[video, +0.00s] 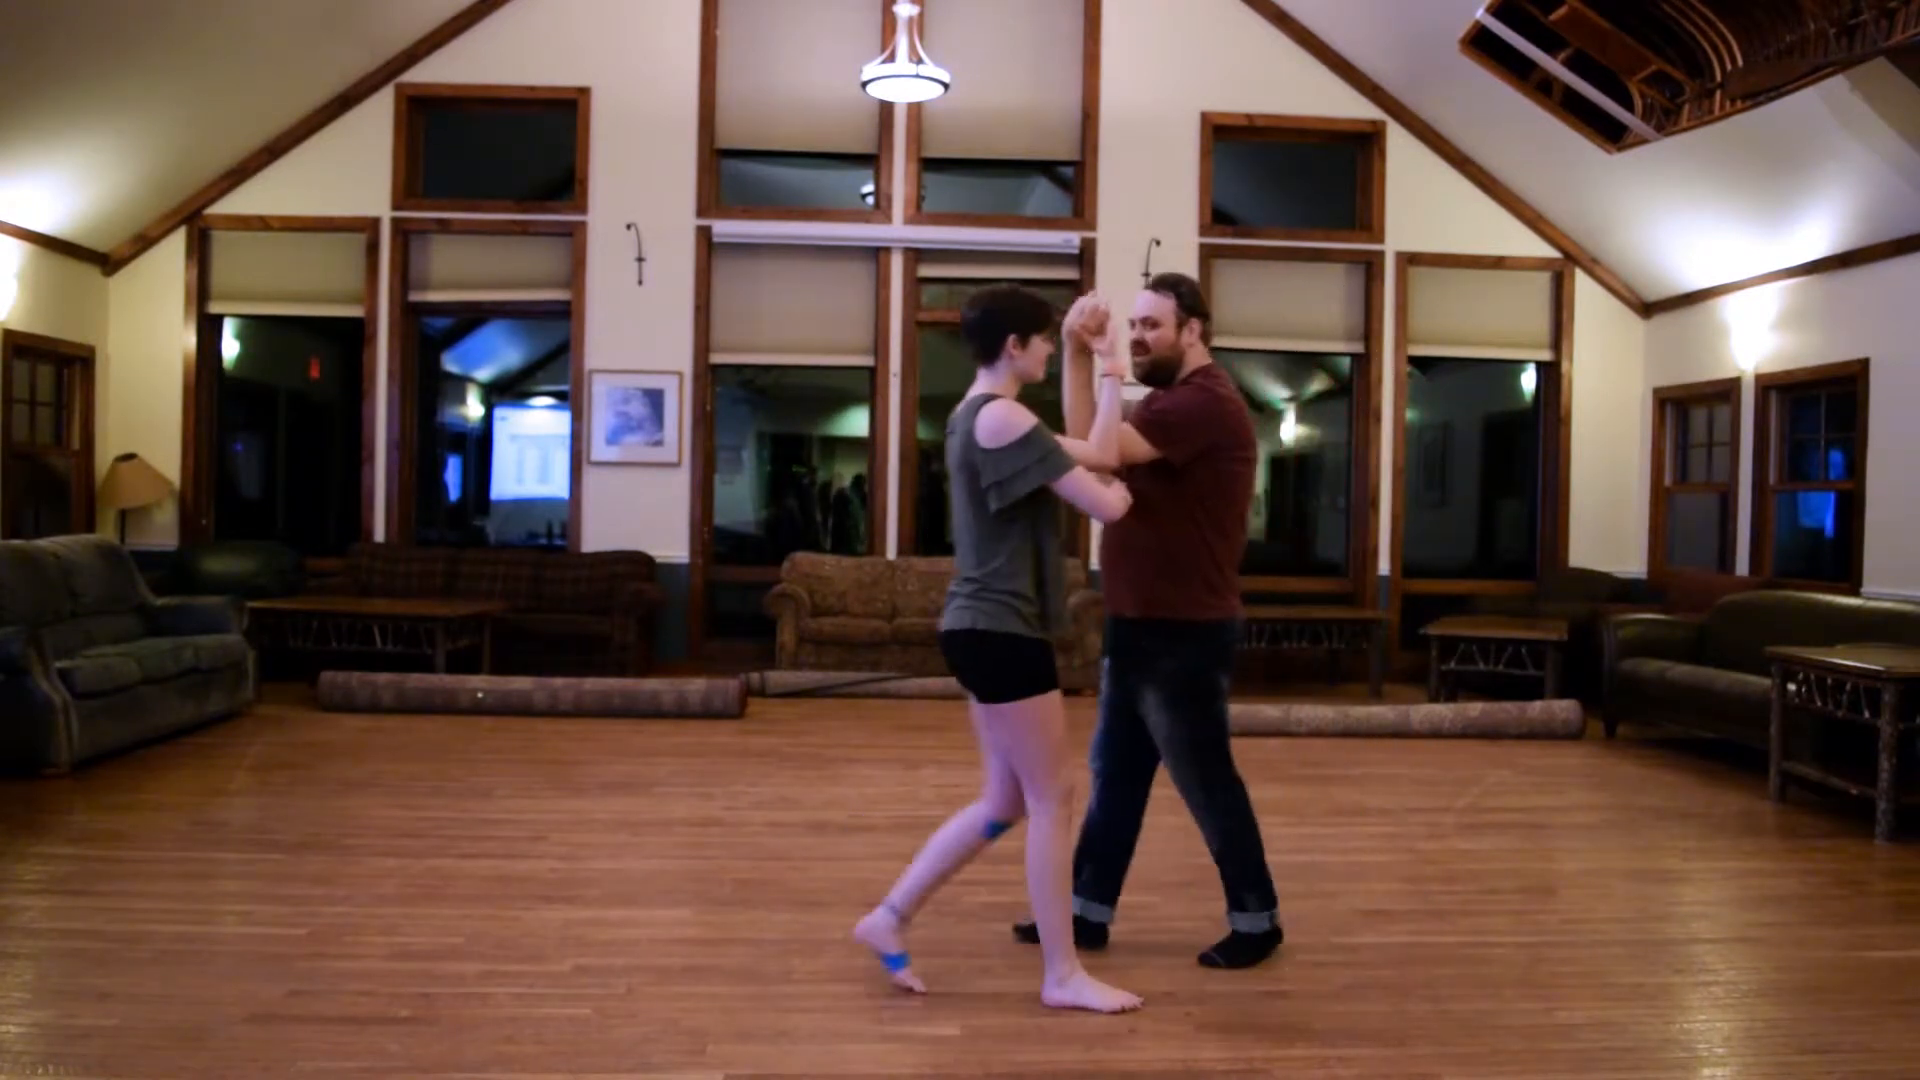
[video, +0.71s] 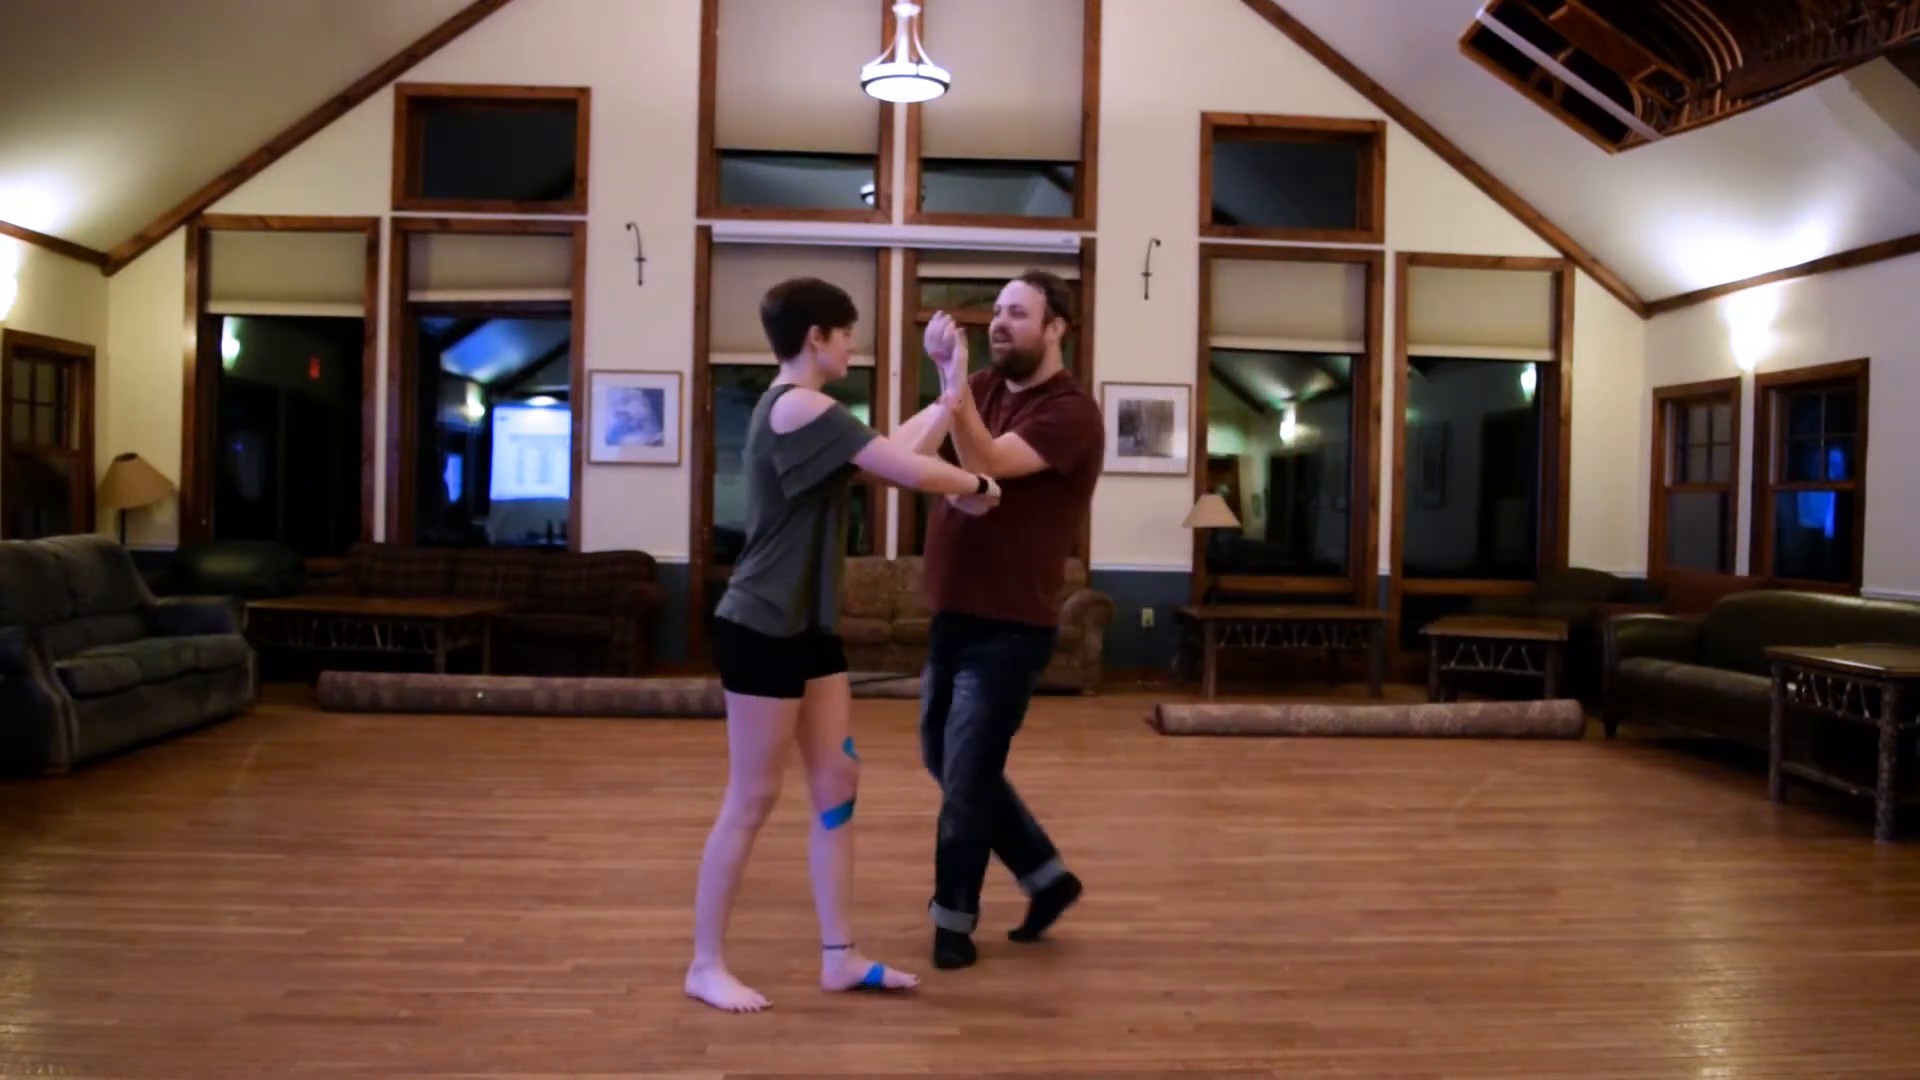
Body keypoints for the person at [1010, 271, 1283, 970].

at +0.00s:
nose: (1136, 338)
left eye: (1150, 326)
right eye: (1133, 326)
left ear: (1193, 332)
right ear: (1142, 336)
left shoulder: (1204, 401)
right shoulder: (1166, 397)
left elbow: (1103, 447)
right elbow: (1087, 435)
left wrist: (1109, 365)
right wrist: (1076, 347)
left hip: (1187, 625)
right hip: (1139, 622)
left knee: (1205, 778)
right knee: (1117, 773)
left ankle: (1256, 921)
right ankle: (1086, 912)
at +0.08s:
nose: (1120, 335)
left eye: (1133, 324)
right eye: (1116, 324)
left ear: (1175, 331)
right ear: (1119, 332)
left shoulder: (1185, 400)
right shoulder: (1142, 394)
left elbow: (1081, 453)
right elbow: (1068, 442)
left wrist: (1087, 367)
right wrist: (1057, 352)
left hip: (1159, 623)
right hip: (1111, 619)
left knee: (1152, 770)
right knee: (1094, 771)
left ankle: (1241, 903)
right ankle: (1083, 913)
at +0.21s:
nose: (1094, 329)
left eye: (1109, 318)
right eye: (1089, 317)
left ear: (1147, 327)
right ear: (1086, 322)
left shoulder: (1157, 396)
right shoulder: (1106, 387)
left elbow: (1050, 450)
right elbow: (1046, 440)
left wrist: (1047, 368)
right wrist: (1044, 357)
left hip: (1130, 615)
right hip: (1084, 609)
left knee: (1088, 760)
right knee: (1082, 763)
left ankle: (1187, 884)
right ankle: (1082, 914)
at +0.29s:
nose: (1077, 324)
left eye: (1093, 314)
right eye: (1072, 312)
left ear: (1131, 324)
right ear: (1069, 322)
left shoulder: (1139, 395)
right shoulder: (1084, 386)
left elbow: (1032, 440)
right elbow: (1018, 440)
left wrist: (1026, 353)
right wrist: (1010, 350)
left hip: (1108, 606)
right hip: (1071, 604)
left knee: (1053, 749)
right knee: (1080, 755)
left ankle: (1122, 890)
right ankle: (1082, 904)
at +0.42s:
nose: (1051, 323)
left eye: (1068, 313)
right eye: (1047, 311)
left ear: (1105, 325)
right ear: (1041, 321)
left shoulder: (1116, 396)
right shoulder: (1046, 385)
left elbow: (1008, 437)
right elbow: (989, 442)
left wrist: (992, 354)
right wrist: (988, 360)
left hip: (1083, 610)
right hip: (1040, 607)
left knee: (1017, 747)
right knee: (1067, 755)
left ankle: (1036, 909)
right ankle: (1082, 913)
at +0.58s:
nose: (1023, 328)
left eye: (1040, 318)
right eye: (1019, 316)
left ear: (1078, 332)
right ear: (1014, 327)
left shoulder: (1094, 408)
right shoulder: (1008, 393)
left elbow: (998, 453)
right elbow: (942, 450)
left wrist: (971, 373)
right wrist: (965, 374)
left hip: (1049, 620)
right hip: (995, 613)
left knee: (986, 760)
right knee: (1036, 765)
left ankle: (958, 913)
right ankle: (1077, 911)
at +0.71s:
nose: (1000, 323)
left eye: (1017, 314)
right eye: (998, 312)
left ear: (1056, 331)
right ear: (994, 325)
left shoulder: (1072, 411)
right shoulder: (985, 389)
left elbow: (992, 462)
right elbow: (918, 450)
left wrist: (953, 385)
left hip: (1014, 618)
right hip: (956, 607)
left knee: (969, 768)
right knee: (942, 754)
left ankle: (952, 921)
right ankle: (1046, 877)